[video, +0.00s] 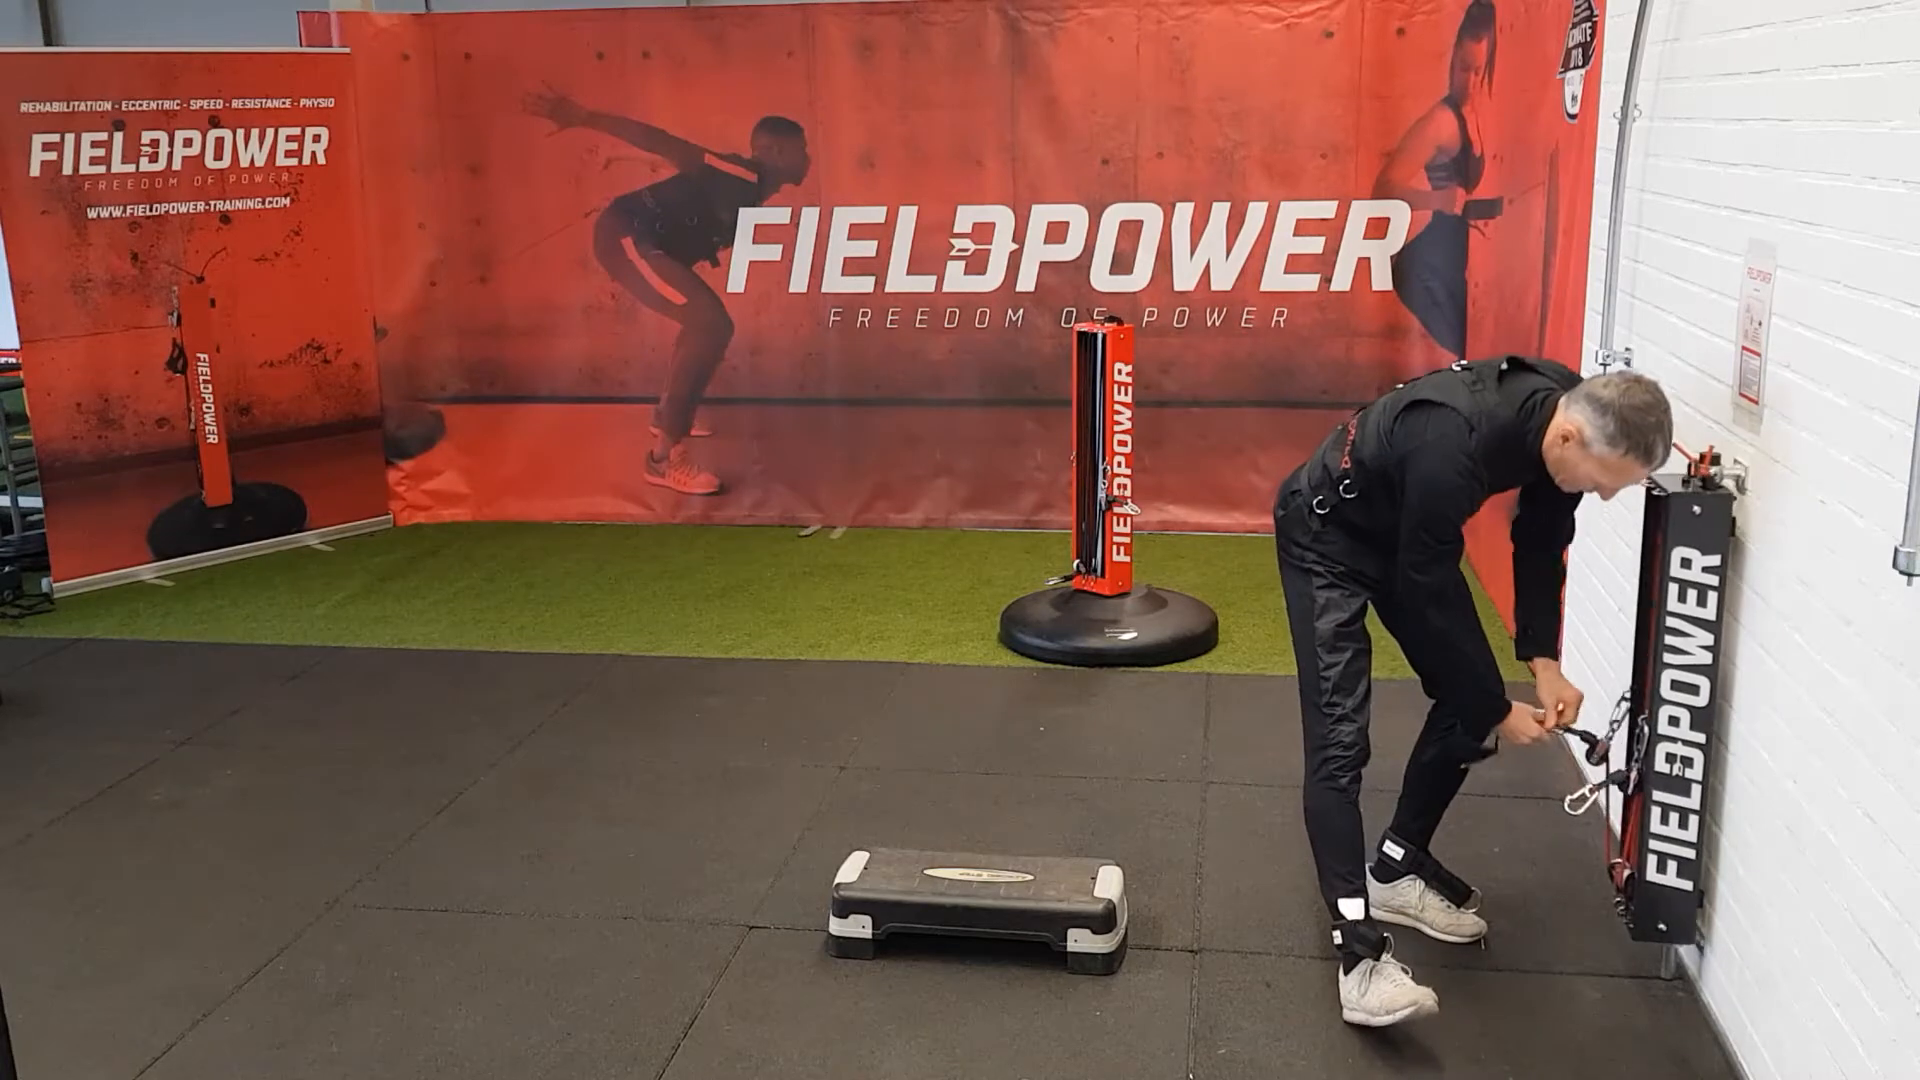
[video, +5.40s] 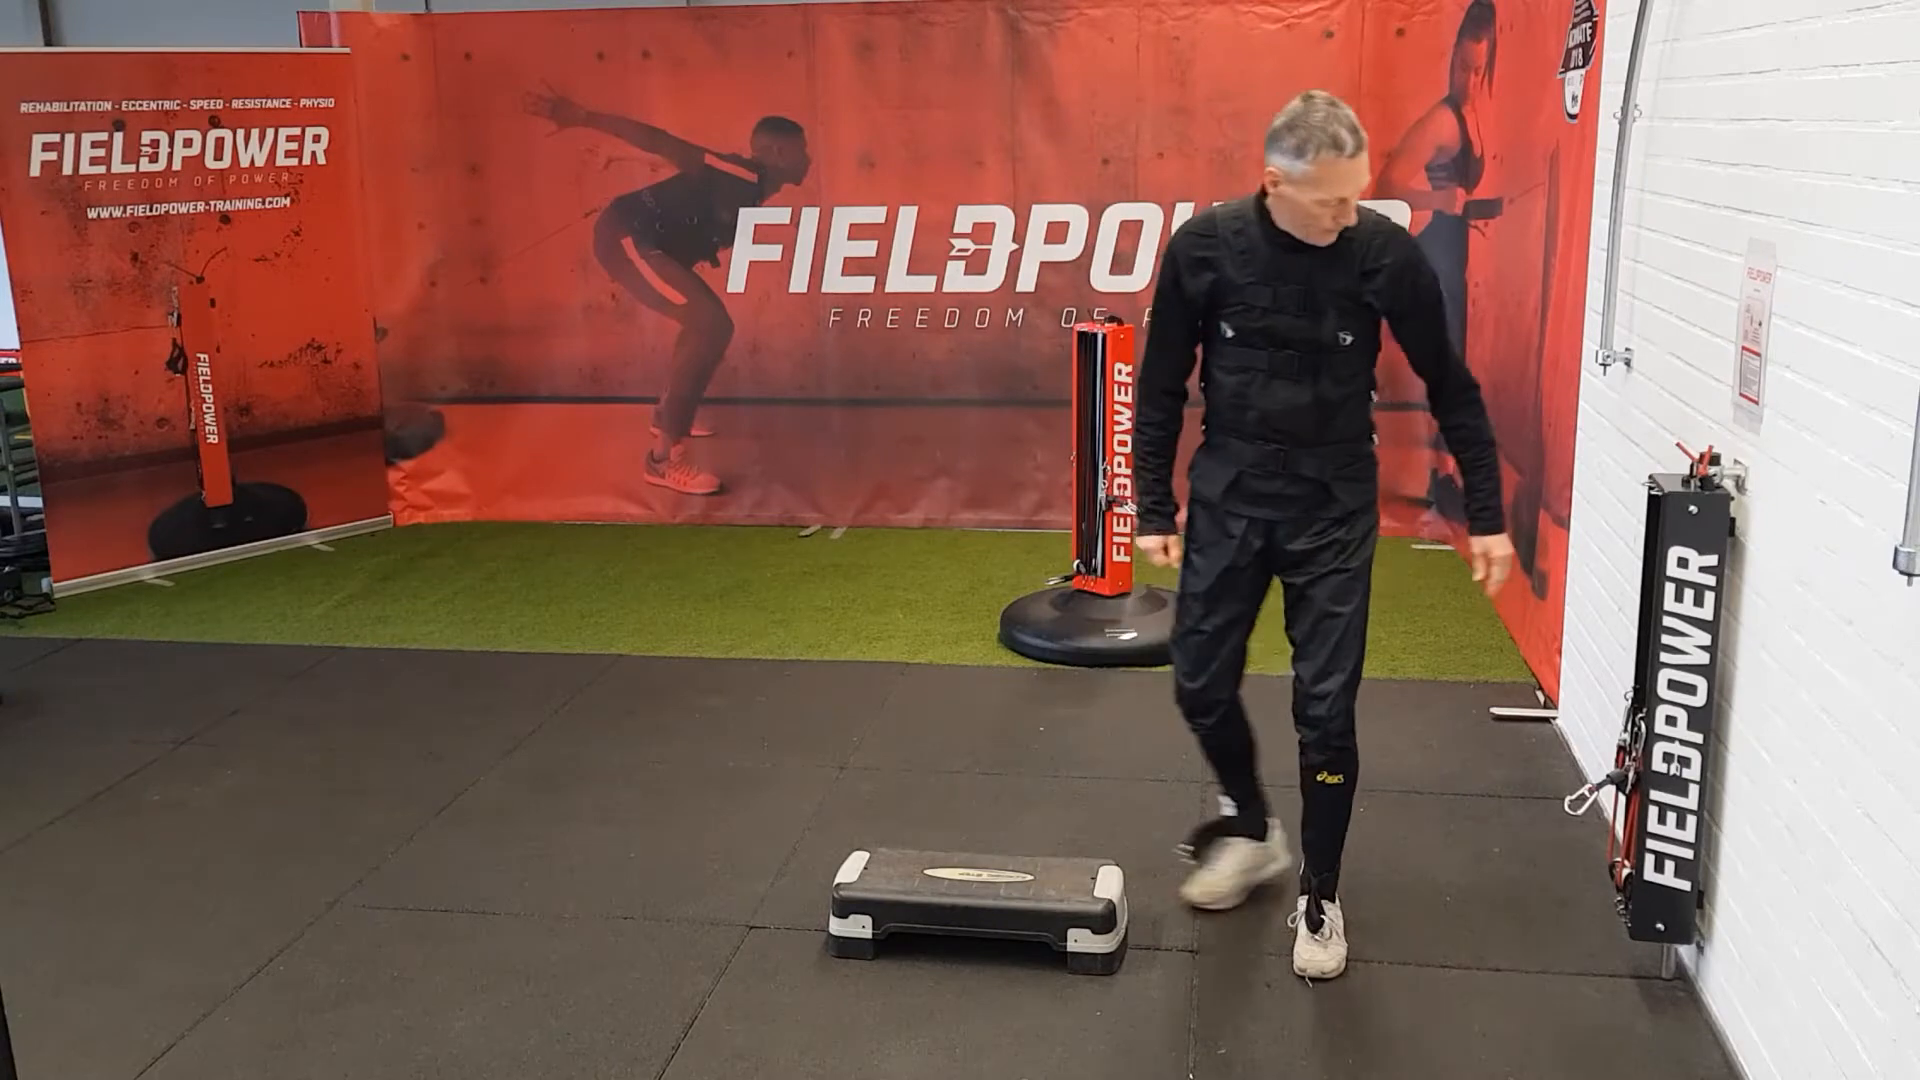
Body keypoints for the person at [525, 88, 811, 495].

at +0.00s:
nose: (807, 158)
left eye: (805, 150)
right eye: (800, 150)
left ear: (774, 151)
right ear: (770, 150)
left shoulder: (750, 190)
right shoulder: (735, 175)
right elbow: (661, 142)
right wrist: (584, 117)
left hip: (647, 238)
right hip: (626, 233)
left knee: (711, 322)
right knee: (711, 325)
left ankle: (671, 412)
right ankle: (665, 456)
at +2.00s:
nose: (807, 158)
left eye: (805, 149)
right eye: (800, 149)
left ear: (773, 151)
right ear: (771, 150)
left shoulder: (750, 187)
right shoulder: (736, 175)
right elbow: (659, 141)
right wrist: (583, 117)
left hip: (645, 236)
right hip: (627, 233)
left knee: (710, 322)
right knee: (712, 325)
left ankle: (670, 413)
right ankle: (665, 457)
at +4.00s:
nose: (808, 158)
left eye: (805, 149)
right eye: (800, 150)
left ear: (774, 152)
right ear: (770, 150)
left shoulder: (752, 188)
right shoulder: (735, 176)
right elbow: (658, 141)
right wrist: (584, 117)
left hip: (646, 237)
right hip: (626, 233)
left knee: (709, 322)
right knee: (713, 325)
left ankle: (670, 413)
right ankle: (665, 457)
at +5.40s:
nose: (807, 158)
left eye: (805, 149)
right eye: (800, 150)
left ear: (776, 152)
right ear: (772, 151)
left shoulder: (751, 188)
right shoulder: (736, 175)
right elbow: (659, 141)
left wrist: (709, 245)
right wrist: (583, 117)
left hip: (645, 237)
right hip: (626, 234)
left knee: (709, 322)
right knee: (713, 325)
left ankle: (670, 412)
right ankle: (664, 458)